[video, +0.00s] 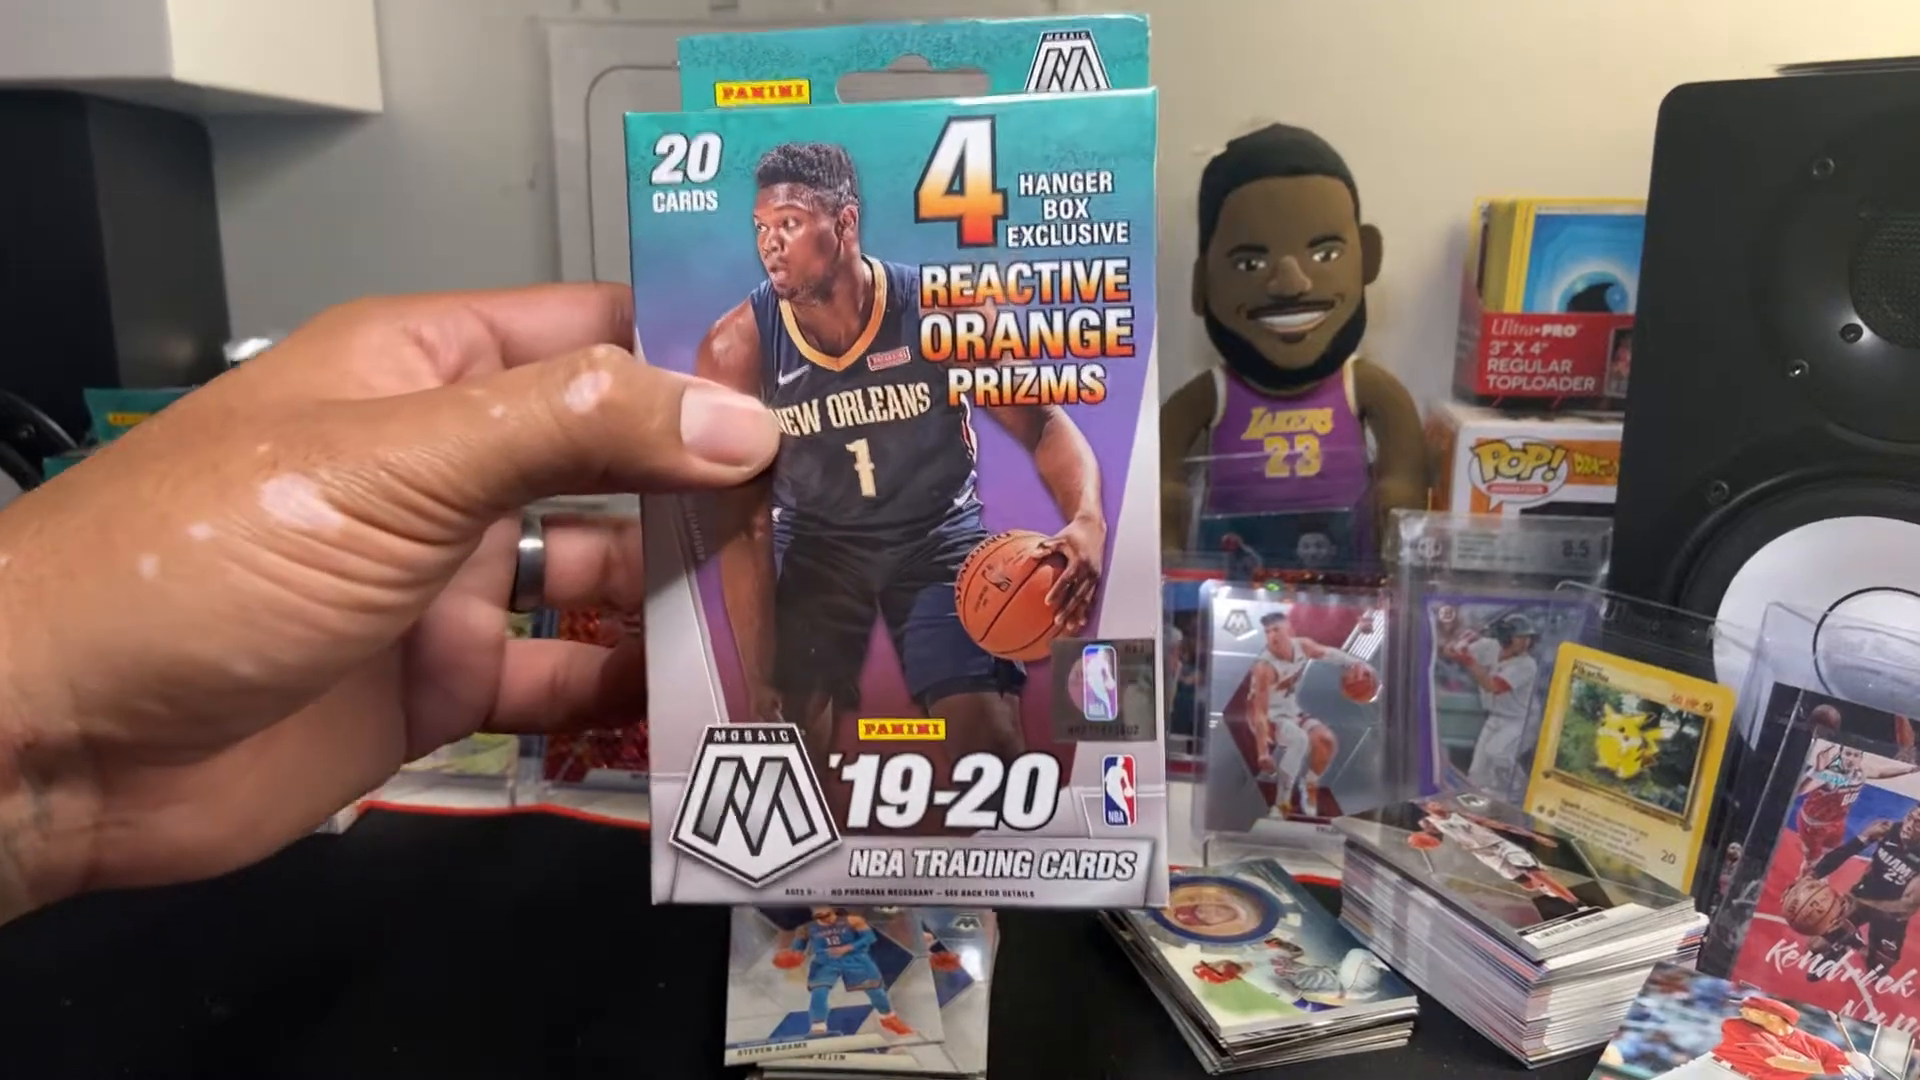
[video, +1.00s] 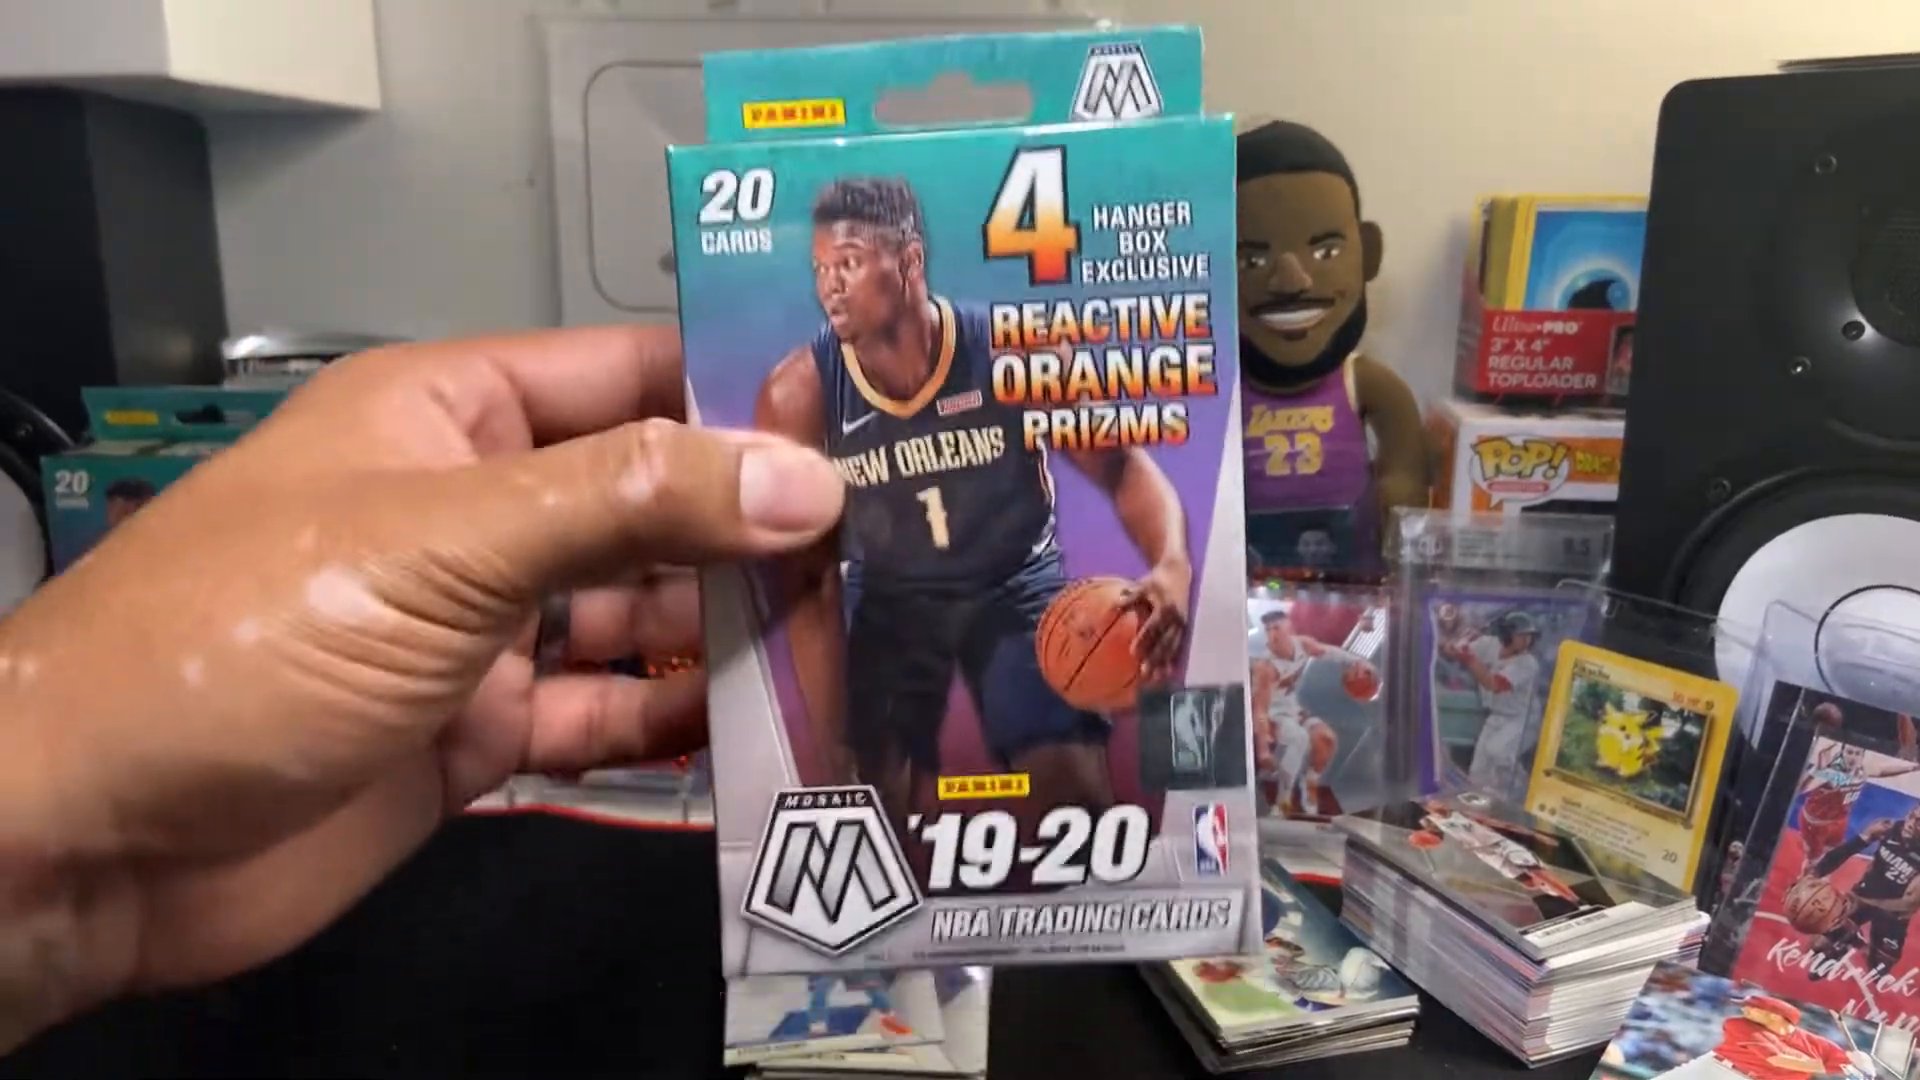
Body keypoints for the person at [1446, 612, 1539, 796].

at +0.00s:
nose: (1526, 642)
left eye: (1528, 638)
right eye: (1522, 637)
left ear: (1530, 640)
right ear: (1508, 639)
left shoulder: (1527, 665)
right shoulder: (1490, 648)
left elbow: (1494, 686)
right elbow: (1460, 653)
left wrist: (1470, 663)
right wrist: (1455, 648)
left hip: (1519, 723)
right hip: (1495, 719)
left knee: (1496, 753)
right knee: (1479, 763)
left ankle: (1520, 790)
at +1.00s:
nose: (1527, 641)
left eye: (1529, 636)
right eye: (1522, 636)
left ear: (1532, 638)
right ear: (1509, 636)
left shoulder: (1528, 663)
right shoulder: (1490, 645)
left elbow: (1496, 684)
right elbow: (1460, 651)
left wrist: (1470, 661)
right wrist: (1447, 648)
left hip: (1519, 722)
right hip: (1495, 718)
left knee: (1496, 751)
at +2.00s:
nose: (1528, 642)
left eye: (1531, 637)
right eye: (1523, 636)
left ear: (1533, 639)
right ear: (1510, 635)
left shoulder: (1529, 663)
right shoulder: (1491, 645)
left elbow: (1496, 684)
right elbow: (1460, 650)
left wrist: (1471, 659)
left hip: (1518, 722)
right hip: (1495, 717)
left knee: (1497, 752)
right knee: (1482, 755)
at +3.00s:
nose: (1527, 640)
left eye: (1529, 636)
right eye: (1522, 635)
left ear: (1532, 638)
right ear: (1509, 635)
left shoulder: (1528, 663)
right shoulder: (1490, 646)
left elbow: (1495, 684)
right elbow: (1457, 649)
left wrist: (1470, 660)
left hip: (1517, 722)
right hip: (1495, 717)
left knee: (1495, 751)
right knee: (1482, 753)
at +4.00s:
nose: (1529, 641)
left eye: (1532, 637)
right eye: (1524, 636)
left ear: (1534, 639)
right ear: (1512, 636)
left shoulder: (1530, 663)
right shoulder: (1494, 647)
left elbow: (1498, 685)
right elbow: (1458, 651)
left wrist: (1472, 661)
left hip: (1519, 723)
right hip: (1496, 719)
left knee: (1497, 753)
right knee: (1481, 764)